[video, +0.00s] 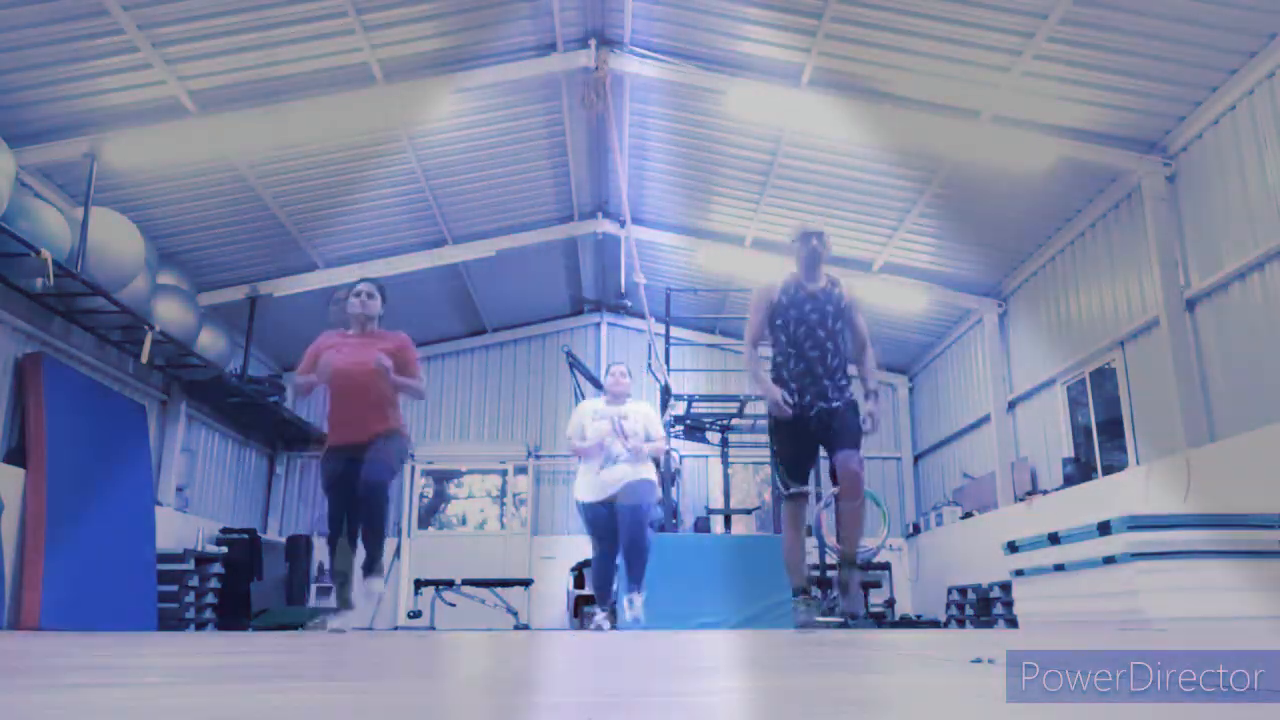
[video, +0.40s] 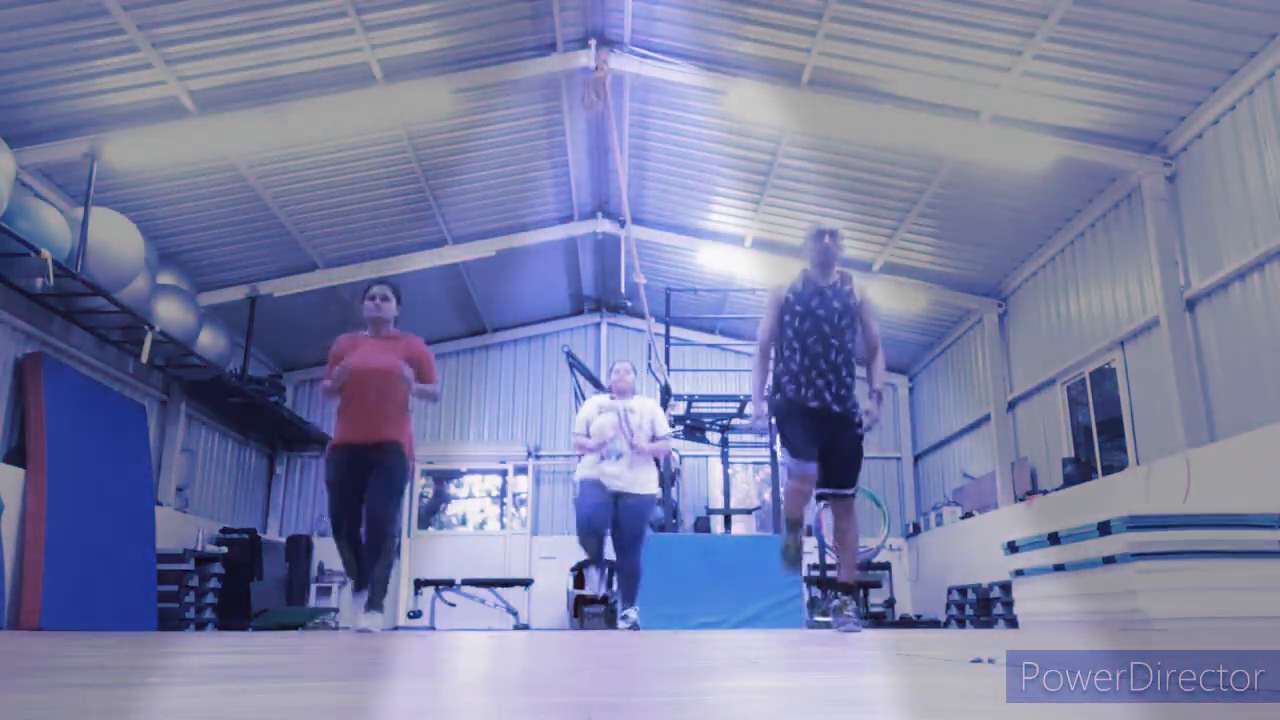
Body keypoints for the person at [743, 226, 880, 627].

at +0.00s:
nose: (813, 249)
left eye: (819, 243)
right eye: (806, 243)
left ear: (826, 252)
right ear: (794, 251)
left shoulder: (842, 297)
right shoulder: (772, 295)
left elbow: (863, 349)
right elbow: (751, 347)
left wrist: (871, 395)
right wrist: (766, 387)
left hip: (839, 404)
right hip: (790, 406)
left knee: (851, 475)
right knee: (795, 499)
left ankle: (849, 578)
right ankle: (800, 594)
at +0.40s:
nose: (826, 244)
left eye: (832, 239)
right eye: (819, 238)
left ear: (841, 249)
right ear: (806, 248)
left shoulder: (855, 296)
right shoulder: (784, 295)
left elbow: (875, 349)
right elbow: (763, 347)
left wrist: (876, 396)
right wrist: (759, 398)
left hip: (841, 404)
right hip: (793, 400)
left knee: (843, 500)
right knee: (803, 469)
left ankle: (846, 597)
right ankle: (794, 533)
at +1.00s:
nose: (814, 255)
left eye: (820, 250)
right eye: (807, 250)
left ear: (828, 260)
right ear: (795, 259)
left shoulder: (846, 309)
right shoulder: (778, 305)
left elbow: (875, 360)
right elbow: (759, 366)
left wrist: (888, 406)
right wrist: (750, 423)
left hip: (849, 420)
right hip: (802, 420)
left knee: (848, 516)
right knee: (805, 510)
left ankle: (848, 602)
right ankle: (810, 605)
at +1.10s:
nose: (812, 234)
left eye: (817, 227)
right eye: (803, 228)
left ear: (827, 236)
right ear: (790, 239)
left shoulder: (848, 282)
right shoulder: (775, 288)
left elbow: (873, 334)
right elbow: (758, 344)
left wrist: (887, 382)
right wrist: (755, 397)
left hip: (851, 400)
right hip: (801, 402)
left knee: (862, 490)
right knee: (805, 496)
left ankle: (845, 552)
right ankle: (812, 595)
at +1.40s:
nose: (827, 237)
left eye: (833, 231)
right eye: (819, 231)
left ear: (841, 242)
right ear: (805, 241)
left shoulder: (857, 291)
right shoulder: (785, 290)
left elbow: (881, 348)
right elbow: (765, 344)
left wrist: (897, 400)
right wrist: (787, 380)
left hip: (852, 391)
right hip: (805, 396)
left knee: (869, 418)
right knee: (814, 498)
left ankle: (859, 495)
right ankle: (816, 601)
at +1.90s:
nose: (860, 199)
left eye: (868, 194)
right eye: (853, 193)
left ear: (876, 206)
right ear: (838, 204)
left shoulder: (895, 255)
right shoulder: (813, 251)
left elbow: (914, 315)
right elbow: (790, 315)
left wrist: (916, 371)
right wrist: (784, 374)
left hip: (879, 380)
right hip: (823, 378)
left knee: (884, 486)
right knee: (822, 481)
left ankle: (888, 595)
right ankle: (811, 589)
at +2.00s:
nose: (861, 203)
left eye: (869, 198)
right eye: (853, 197)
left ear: (878, 210)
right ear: (838, 209)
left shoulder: (896, 258)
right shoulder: (814, 257)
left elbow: (916, 319)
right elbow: (792, 323)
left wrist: (920, 373)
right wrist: (782, 384)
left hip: (883, 377)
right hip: (831, 371)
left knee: (884, 488)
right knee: (845, 416)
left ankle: (884, 599)